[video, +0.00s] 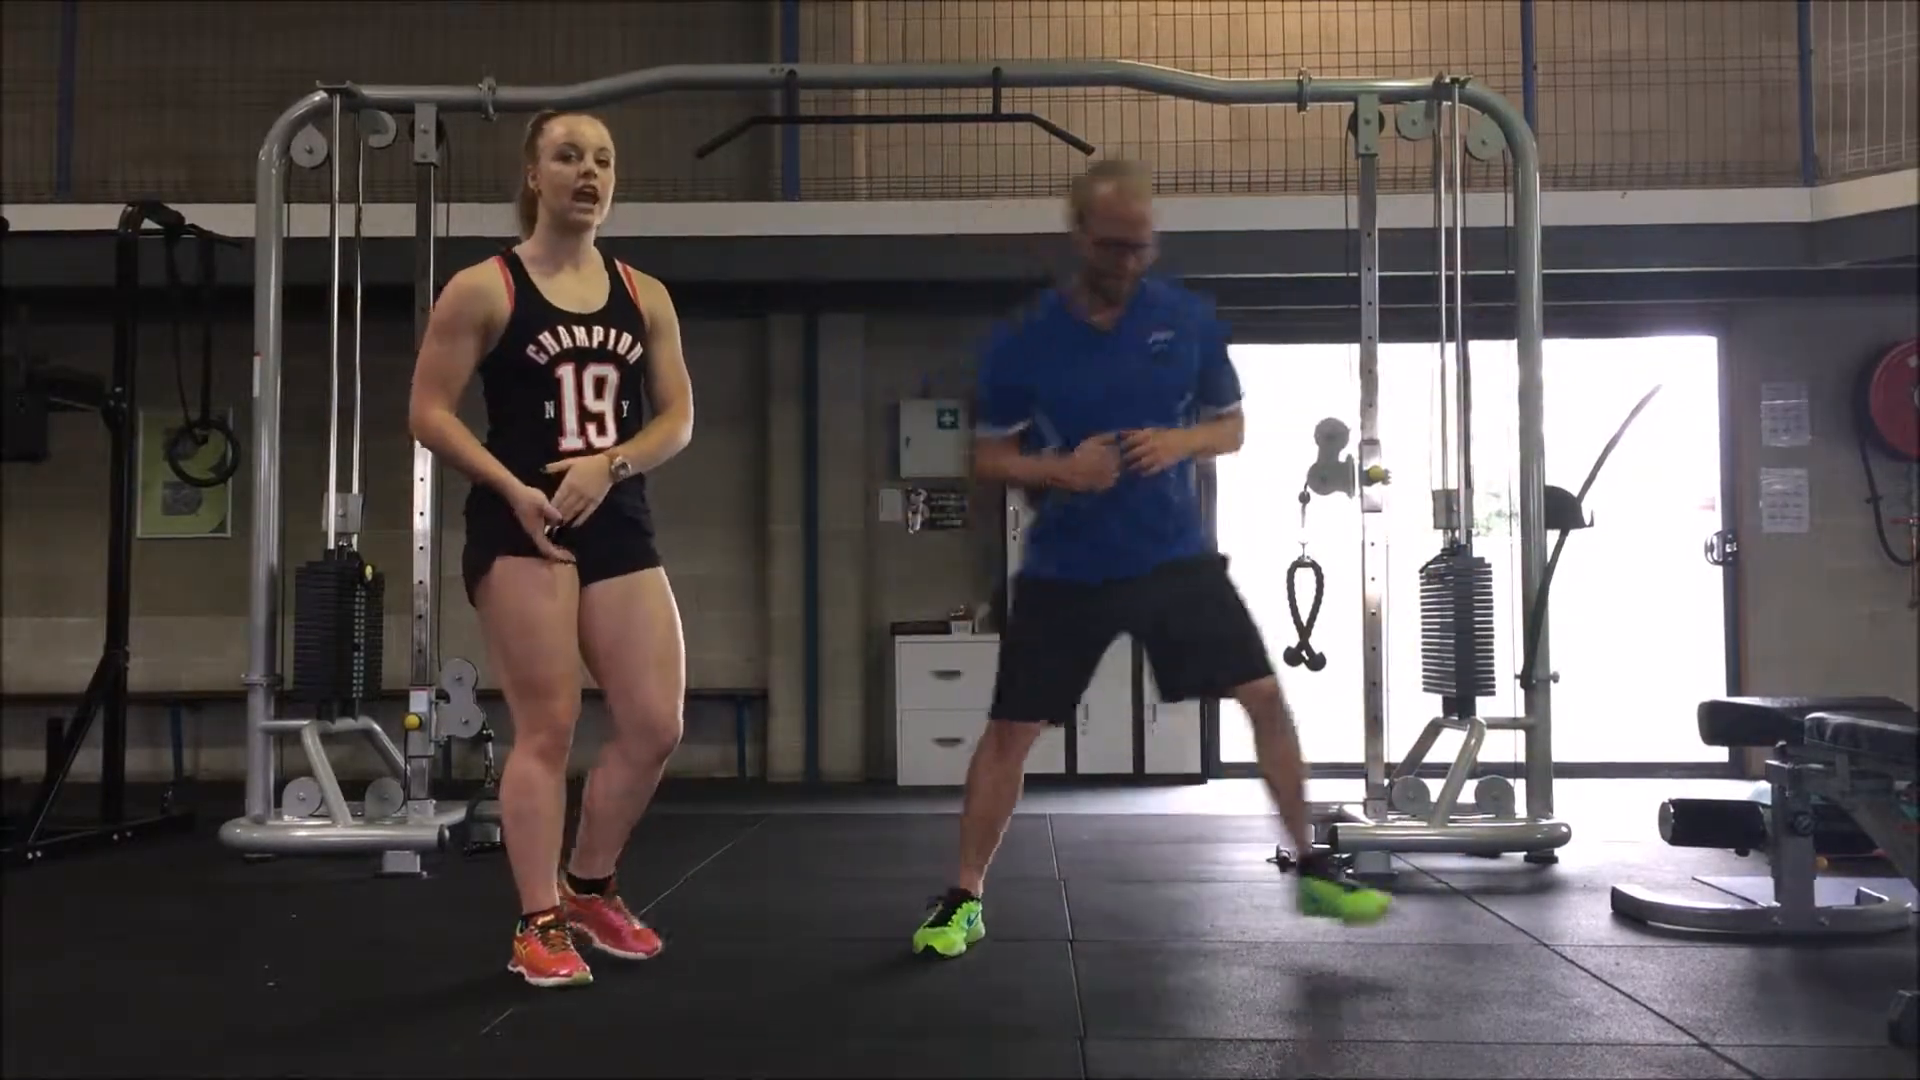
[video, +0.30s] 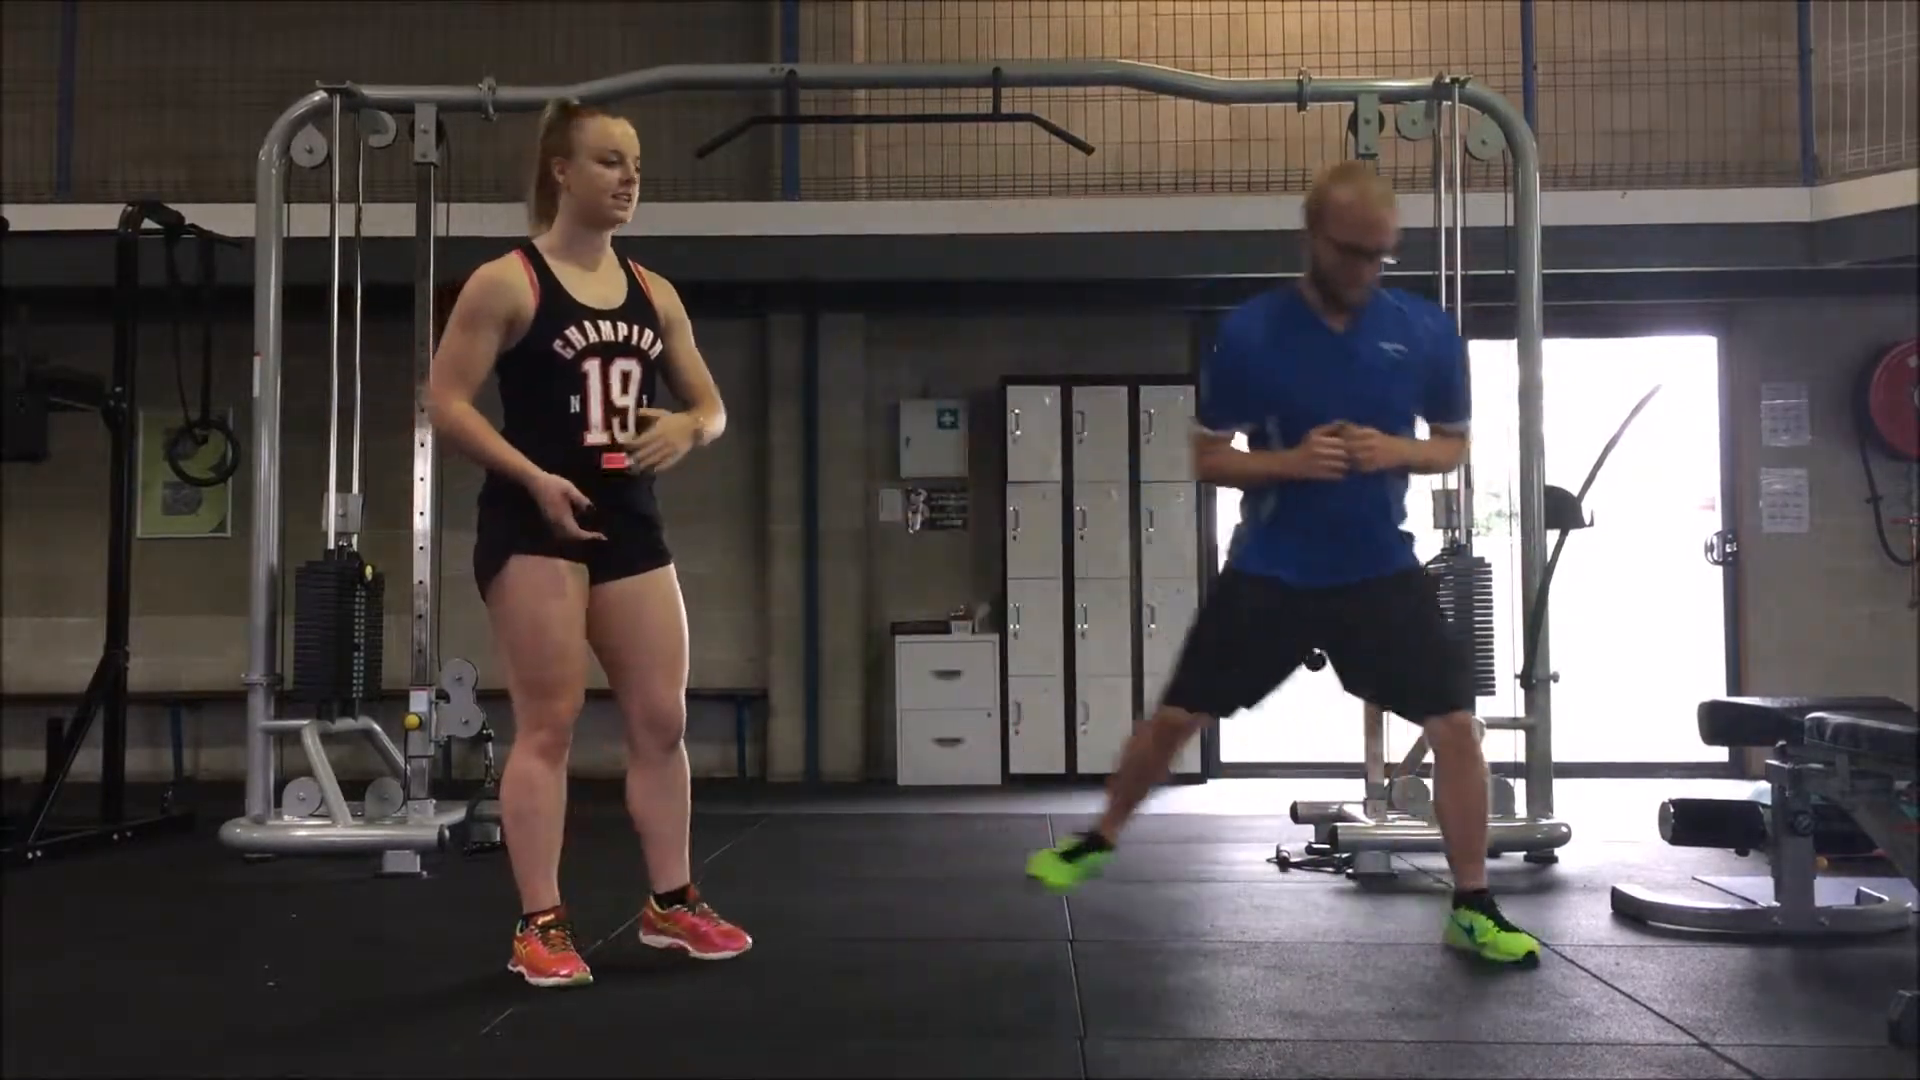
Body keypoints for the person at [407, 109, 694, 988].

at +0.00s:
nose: (588, 172)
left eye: (601, 161)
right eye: (569, 157)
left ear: (615, 185)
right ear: (531, 177)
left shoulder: (644, 296)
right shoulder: (483, 289)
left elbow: (677, 418)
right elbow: (428, 413)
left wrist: (610, 464)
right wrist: (512, 487)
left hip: (619, 526)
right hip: (521, 527)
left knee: (653, 722)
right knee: (544, 726)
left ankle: (587, 890)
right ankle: (539, 925)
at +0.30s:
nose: (630, 177)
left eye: (635, 165)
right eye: (610, 162)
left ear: (634, 181)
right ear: (559, 172)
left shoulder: (653, 292)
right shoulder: (505, 282)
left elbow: (707, 406)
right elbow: (445, 401)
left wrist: (690, 426)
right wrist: (530, 476)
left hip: (629, 523)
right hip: (533, 523)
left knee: (662, 723)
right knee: (546, 724)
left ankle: (672, 905)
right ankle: (541, 926)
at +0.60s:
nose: (659, 184)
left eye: (661, 171)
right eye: (642, 169)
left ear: (652, 183)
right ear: (590, 177)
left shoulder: (673, 296)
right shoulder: (532, 291)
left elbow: (719, 402)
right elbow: (480, 415)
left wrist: (767, 443)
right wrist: (568, 479)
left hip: (658, 530)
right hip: (562, 528)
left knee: (676, 722)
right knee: (553, 724)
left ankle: (673, 905)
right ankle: (540, 924)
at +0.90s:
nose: (667, 188)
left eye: (670, 175)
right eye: (649, 172)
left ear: (665, 190)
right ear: (598, 181)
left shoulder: (679, 301)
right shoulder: (549, 296)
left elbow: (719, 421)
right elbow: (498, 419)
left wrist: (706, 470)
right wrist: (601, 482)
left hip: (664, 532)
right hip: (574, 531)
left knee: (708, 718)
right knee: (554, 724)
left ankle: (678, 903)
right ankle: (538, 925)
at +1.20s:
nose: (642, 182)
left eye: (656, 173)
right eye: (625, 168)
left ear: (671, 195)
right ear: (589, 184)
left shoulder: (680, 300)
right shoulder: (551, 291)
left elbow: (711, 409)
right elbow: (503, 413)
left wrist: (806, 399)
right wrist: (612, 466)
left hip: (666, 530)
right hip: (577, 530)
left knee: (701, 715)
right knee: (554, 723)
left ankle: (677, 904)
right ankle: (537, 925)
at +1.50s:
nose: (642, 188)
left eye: (655, 175)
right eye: (624, 174)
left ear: (670, 192)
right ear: (591, 188)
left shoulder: (678, 303)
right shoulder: (554, 291)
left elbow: (663, 438)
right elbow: (500, 413)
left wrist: (705, 522)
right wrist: (592, 492)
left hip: (672, 531)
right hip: (580, 531)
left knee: (683, 726)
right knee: (553, 724)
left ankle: (673, 906)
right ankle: (537, 922)